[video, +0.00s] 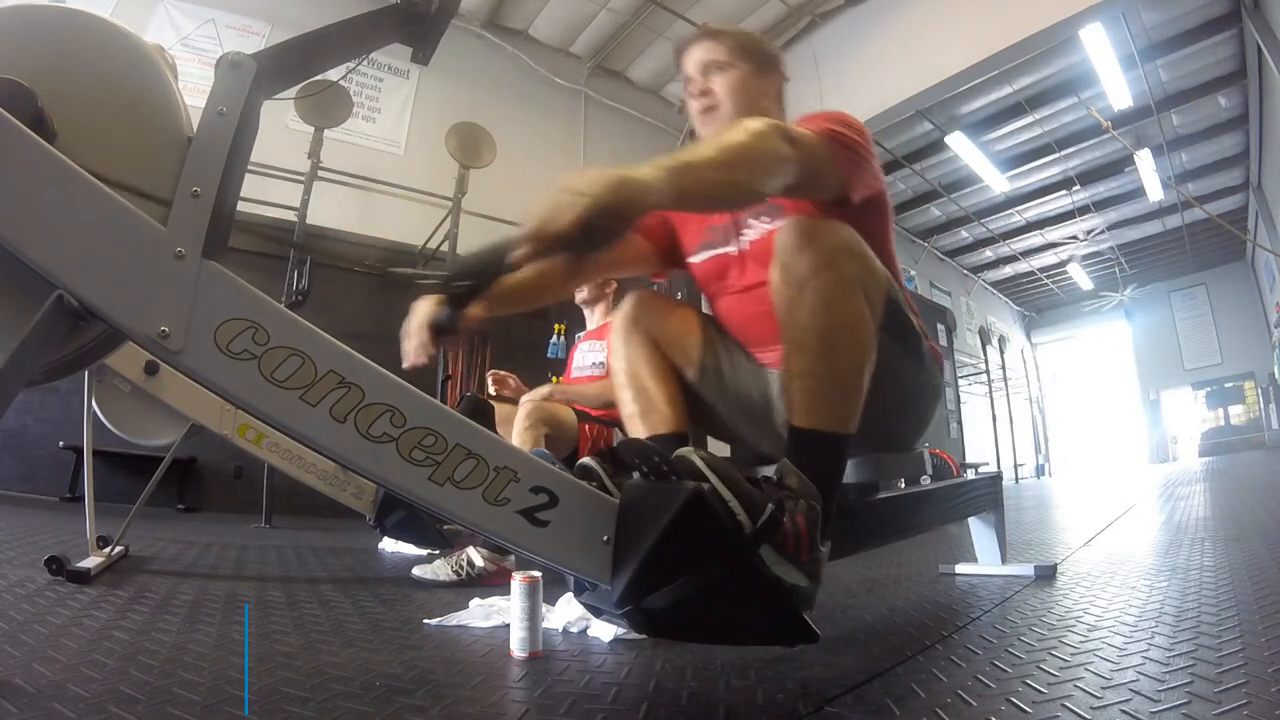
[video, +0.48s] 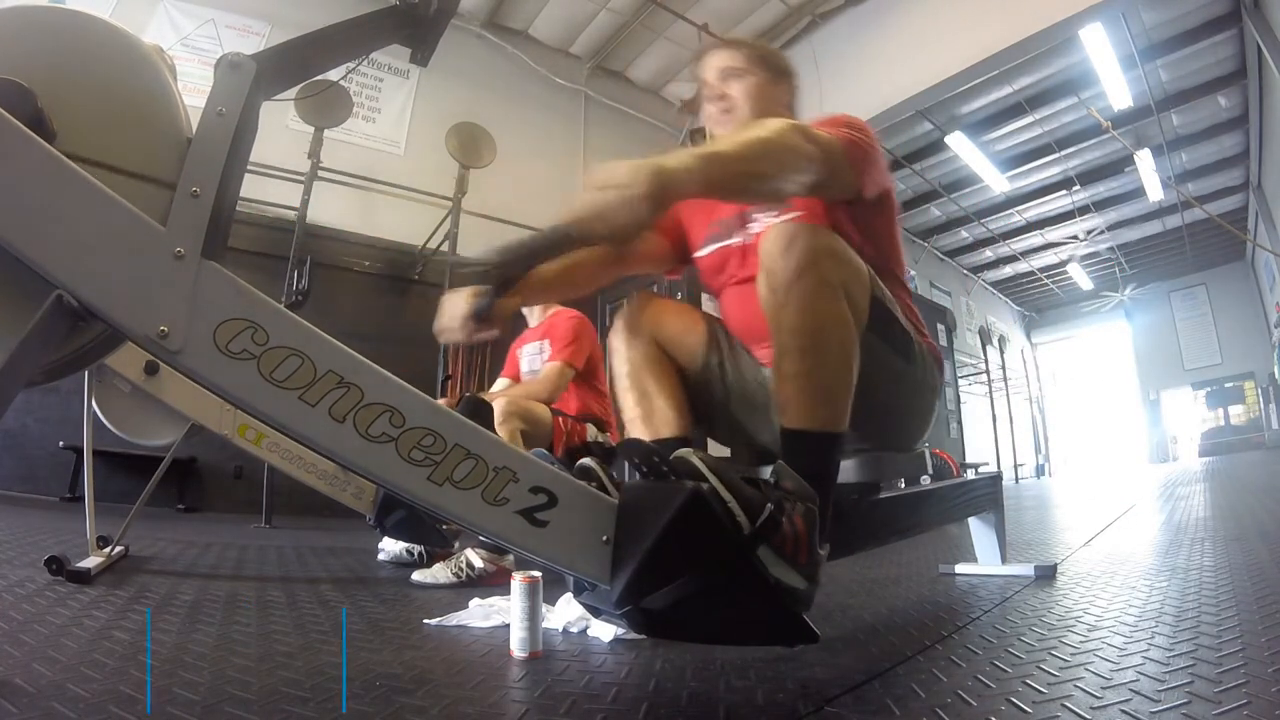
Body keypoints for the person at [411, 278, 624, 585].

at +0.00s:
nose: (578, 281)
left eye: (588, 275)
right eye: (579, 276)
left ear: (611, 285)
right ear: (573, 284)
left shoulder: (623, 326)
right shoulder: (583, 341)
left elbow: (617, 391)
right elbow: (573, 395)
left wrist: (554, 390)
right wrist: (526, 394)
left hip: (610, 428)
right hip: (573, 424)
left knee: (535, 413)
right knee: (477, 412)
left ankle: (500, 551)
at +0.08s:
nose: (571, 279)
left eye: (581, 273)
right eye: (572, 273)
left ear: (604, 284)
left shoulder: (616, 327)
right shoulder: (577, 339)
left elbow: (610, 388)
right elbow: (564, 392)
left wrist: (543, 388)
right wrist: (517, 391)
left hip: (608, 429)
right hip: (570, 424)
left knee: (531, 413)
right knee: (476, 412)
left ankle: (497, 552)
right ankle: (461, 531)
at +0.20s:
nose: (553, 277)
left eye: (563, 272)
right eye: (555, 272)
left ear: (586, 282)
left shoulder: (598, 321)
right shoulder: (561, 336)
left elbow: (586, 384)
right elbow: (541, 389)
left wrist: (514, 388)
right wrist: (490, 392)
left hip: (602, 428)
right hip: (562, 422)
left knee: (525, 413)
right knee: (479, 408)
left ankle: (496, 551)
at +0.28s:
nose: (545, 278)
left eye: (555, 273)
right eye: (548, 273)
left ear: (576, 280)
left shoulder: (594, 321)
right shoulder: (551, 341)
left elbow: (574, 385)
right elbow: (523, 388)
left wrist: (500, 392)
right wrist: (475, 394)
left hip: (601, 428)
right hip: (558, 422)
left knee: (520, 412)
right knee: (465, 407)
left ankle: (494, 551)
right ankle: (442, 529)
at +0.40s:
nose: (527, 292)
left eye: (533, 284)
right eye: (525, 285)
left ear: (554, 286)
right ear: (524, 292)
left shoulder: (579, 322)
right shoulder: (531, 342)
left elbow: (555, 390)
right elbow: (499, 395)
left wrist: (481, 401)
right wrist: (448, 404)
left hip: (590, 429)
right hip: (542, 425)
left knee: (509, 411)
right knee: (468, 409)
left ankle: (494, 550)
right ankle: (432, 535)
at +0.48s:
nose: (510, 285)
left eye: (515, 276)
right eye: (510, 278)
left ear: (537, 281)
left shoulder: (572, 320)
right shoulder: (521, 342)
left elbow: (550, 387)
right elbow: (494, 396)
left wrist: (481, 403)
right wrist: (454, 404)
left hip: (586, 430)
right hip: (532, 425)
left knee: (505, 410)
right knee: (468, 411)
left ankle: (493, 549)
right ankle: (435, 534)